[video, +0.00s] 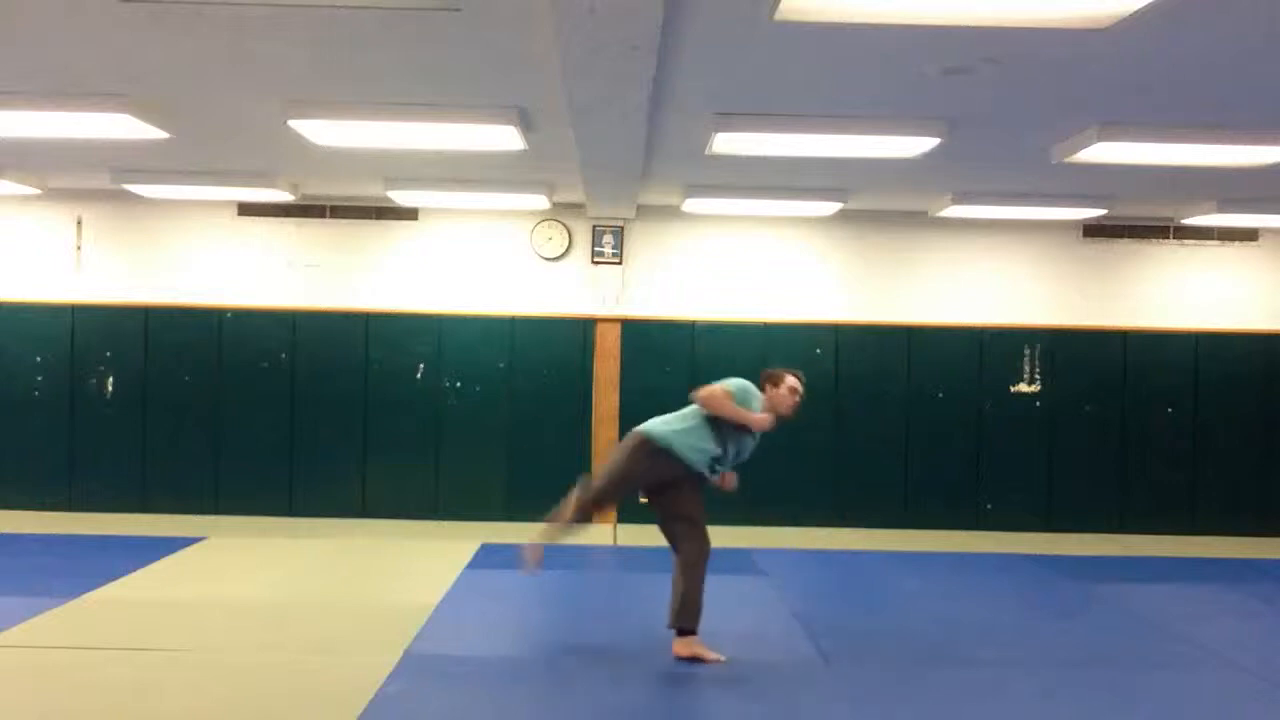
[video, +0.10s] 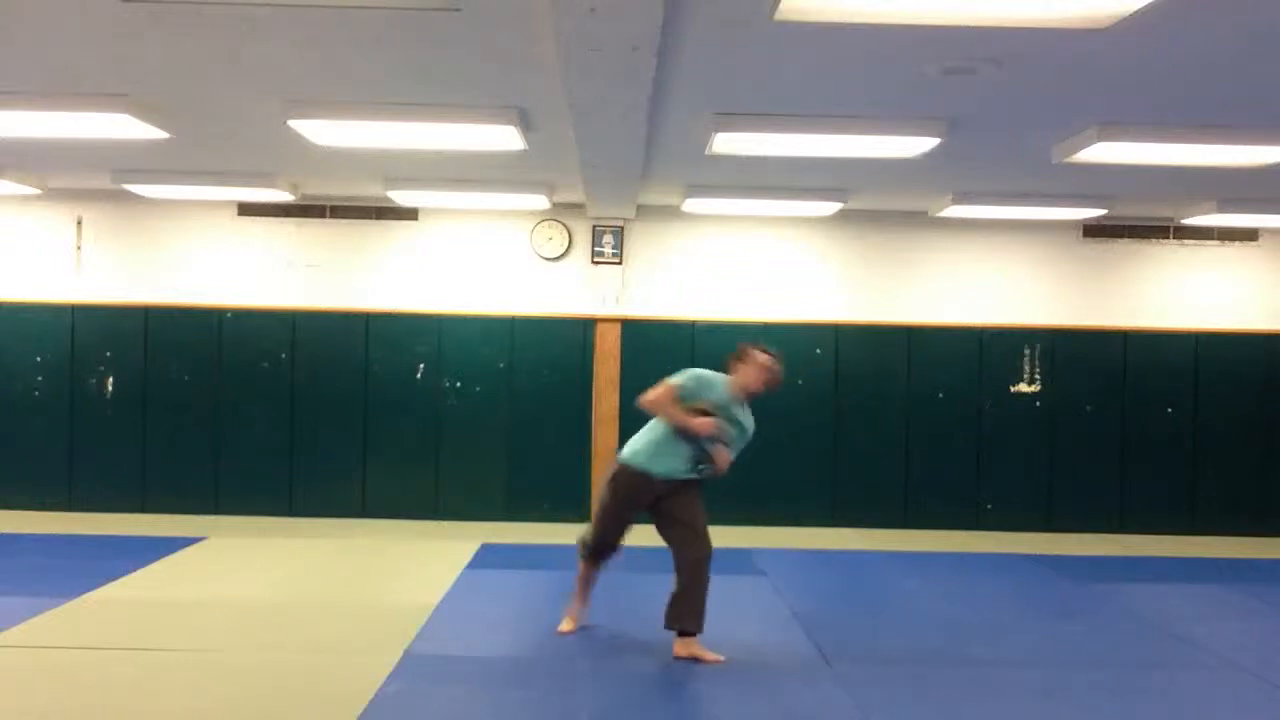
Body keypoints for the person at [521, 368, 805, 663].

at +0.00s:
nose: (797, 399)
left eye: (799, 394)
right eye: (792, 390)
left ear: (789, 401)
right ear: (770, 387)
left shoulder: (752, 437)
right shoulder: (744, 390)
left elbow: (707, 451)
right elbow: (705, 396)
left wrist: (721, 473)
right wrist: (751, 419)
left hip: (682, 476)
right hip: (654, 445)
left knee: (694, 549)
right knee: (596, 495)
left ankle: (685, 639)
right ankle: (544, 535)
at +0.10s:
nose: (762, 377)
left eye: (768, 373)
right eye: (758, 367)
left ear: (769, 383)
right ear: (738, 365)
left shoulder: (745, 424)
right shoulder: (700, 380)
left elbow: (720, 466)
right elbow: (649, 399)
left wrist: (720, 460)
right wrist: (691, 422)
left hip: (679, 485)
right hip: (636, 471)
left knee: (697, 553)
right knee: (598, 544)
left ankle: (686, 639)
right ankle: (578, 606)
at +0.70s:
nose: (645, 328)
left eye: (654, 322)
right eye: (641, 322)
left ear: (669, 329)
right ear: (634, 327)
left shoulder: (689, 371)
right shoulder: (621, 365)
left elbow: (715, 420)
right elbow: (595, 408)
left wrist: (682, 416)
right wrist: (612, 420)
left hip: (667, 475)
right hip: (623, 472)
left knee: (681, 555)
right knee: (602, 546)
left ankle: (715, 641)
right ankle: (588, 612)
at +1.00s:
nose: (651, 330)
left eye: (659, 325)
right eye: (650, 324)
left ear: (681, 331)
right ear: (651, 329)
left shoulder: (711, 370)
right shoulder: (642, 361)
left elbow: (738, 414)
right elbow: (623, 409)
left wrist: (729, 447)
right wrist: (662, 442)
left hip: (688, 475)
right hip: (641, 471)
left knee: (696, 557)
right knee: (608, 542)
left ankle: (713, 643)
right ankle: (609, 597)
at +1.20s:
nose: (623, 340)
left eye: (629, 334)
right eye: (623, 333)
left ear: (651, 339)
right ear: (634, 339)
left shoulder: (691, 372)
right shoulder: (620, 375)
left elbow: (719, 414)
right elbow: (598, 415)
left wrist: (732, 465)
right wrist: (626, 447)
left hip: (686, 478)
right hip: (640, 479)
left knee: (698, 558)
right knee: (621, 548)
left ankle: (714, 644)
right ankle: (645, 605)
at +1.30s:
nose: (600, 341)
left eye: (606, 334)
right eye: (600, 334)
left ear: (626, 339)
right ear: (616, 341)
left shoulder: (671, 368)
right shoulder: (606, 371)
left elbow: (715, 392)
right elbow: (570, 396)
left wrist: (730, 444)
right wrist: (607, 409)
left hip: (674, 467)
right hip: (638, 469)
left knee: (673, 548)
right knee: (628, 543)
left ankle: (706, 633)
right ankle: (648, 610)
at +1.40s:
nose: (579, 345)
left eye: (585, 339)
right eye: (580, 339)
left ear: (607, 344)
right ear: (597, 345)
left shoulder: (649, 363)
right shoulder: (595, 378)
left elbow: (701, 377)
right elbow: (553, 396)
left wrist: (720, 426)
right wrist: (579, 402)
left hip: (670, 463)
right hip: (642, 467)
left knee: (630, 535)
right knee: (630, 533)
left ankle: (677, 617)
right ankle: (651, 601)